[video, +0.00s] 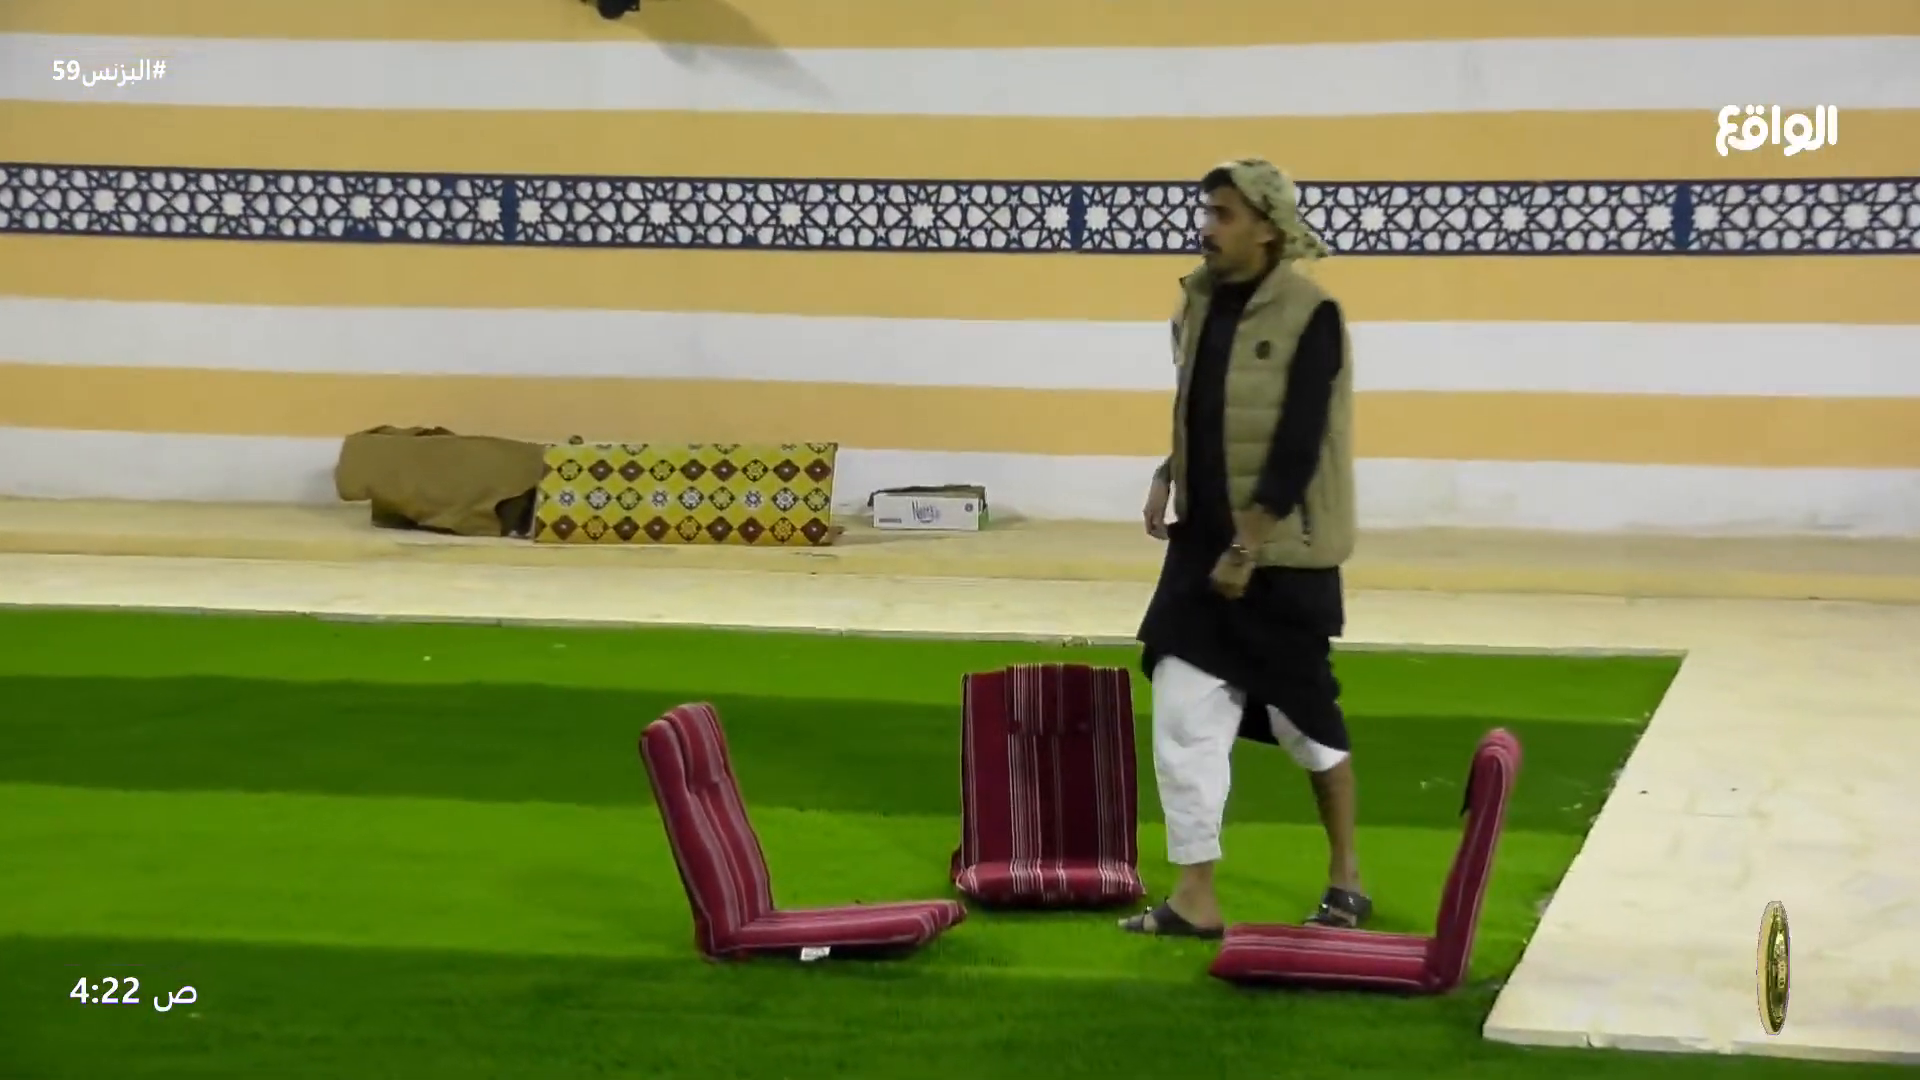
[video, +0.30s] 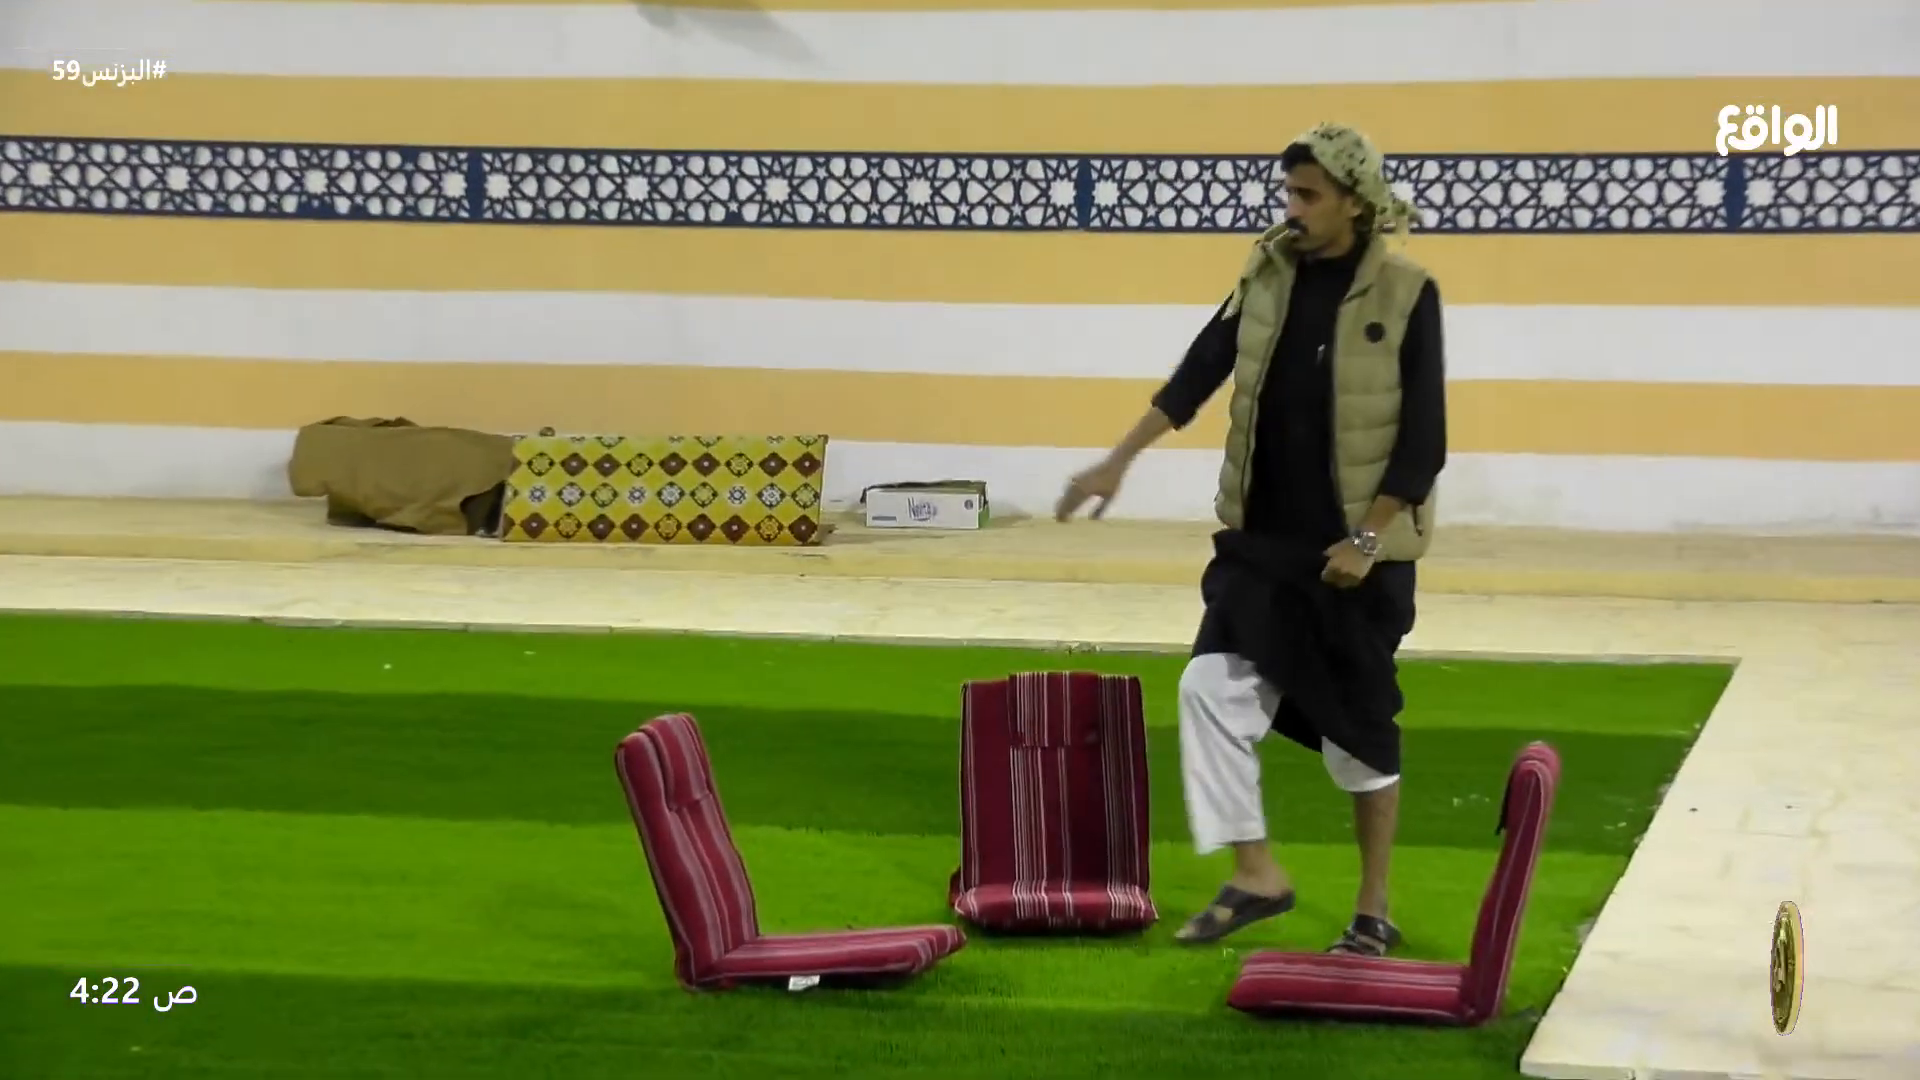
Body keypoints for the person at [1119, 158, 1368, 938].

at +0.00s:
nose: (1207, 227)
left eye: (1222, 215)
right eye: (1207, 213)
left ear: (1267, 226)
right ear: (1220, 224)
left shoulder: (1310, 311)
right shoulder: (1199, 303)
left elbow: (1299, 442)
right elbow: (1202, 415)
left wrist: (1247, 541)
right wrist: (1168, 474)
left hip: (1290, 556)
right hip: (1204, 547)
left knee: (1309, 720)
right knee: (1184, 711)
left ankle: (1345, 881)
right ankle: (1196, 899)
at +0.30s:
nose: (1293, 208)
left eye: (1309, 195)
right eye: (1289, 193)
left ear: (1357, 200)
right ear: (1289, 196)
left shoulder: (1406, 295)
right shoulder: (1268, 278)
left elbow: (1424, 434)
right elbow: (1200, 370)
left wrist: (1370, 536)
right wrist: (1119, 456)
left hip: (1360, 555)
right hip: (1261, 547)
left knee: (1362, 735)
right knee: (1211, 691)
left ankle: (1373, 911)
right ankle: (1258, 876)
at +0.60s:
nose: (1315, 182)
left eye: (1331, 165)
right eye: (1310, 166)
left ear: (1383, 168)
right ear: (1312, 174)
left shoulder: (1439, 267)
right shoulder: (1298, 262)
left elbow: (1460, 417)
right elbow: (1231, 360)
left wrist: (1410, 527)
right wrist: (1152, 445)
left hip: (1410, 540)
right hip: (1320, 538)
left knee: (1402, 721)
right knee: (1335, 720)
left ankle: (1408, 928)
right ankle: (1397, 896)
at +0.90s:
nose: (1225, 200)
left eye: (1236, 181)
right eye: (1219, 184)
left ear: (1290, 172)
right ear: (1251, 184)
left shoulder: (1388, 237)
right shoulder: (1253, 274)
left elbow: (1447, 373)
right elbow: (1241, 407)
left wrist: (1402, 487)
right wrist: (1211, 535)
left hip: (1408, 513)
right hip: (1323, 525)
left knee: (1370, 696)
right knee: (1347, 705)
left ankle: (1404, 913)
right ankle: (1393, 903)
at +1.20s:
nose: (1167, 220)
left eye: (1175, 200)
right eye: (1162, 204)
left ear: (1231, 184)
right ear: (1209, 194)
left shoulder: (1328, 237)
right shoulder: (1218, 281)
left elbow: (1392, 366)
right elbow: (1248, 420)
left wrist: (1349, 486)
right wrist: (1265, 536)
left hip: (1369, 515)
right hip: (1300, 523)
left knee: (1329, 700)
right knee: (1321, 699)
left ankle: (1337, 912)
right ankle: (1365, 897)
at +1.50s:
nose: (1130, 230)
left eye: (1134, 213)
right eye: (1126, 215)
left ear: (1177, 198)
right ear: (1187, 196)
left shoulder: (1236, 271)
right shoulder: (1253, 239)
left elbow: (1272, 402)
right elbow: (1265, 374)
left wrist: (1252, 523)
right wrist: (1215, 443)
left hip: (1304, 534)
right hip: (1312, 515)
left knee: (1267, 706)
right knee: (1239, 686)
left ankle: (1292, 917)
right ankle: (1310, 873)